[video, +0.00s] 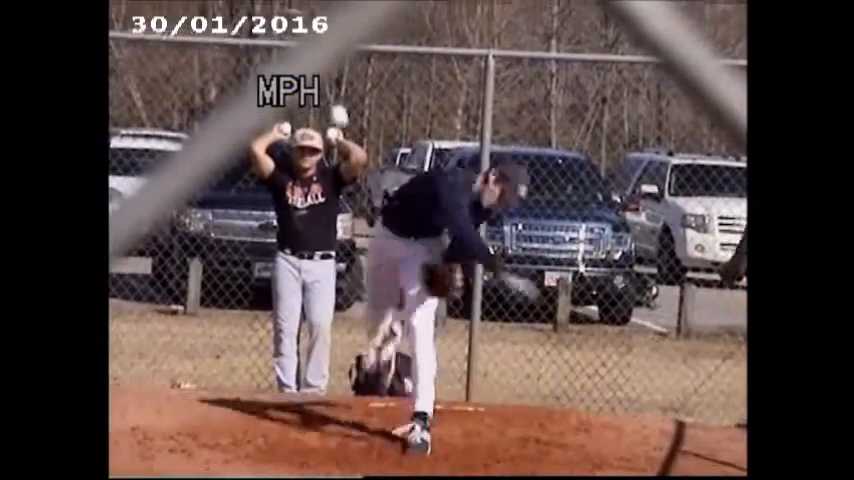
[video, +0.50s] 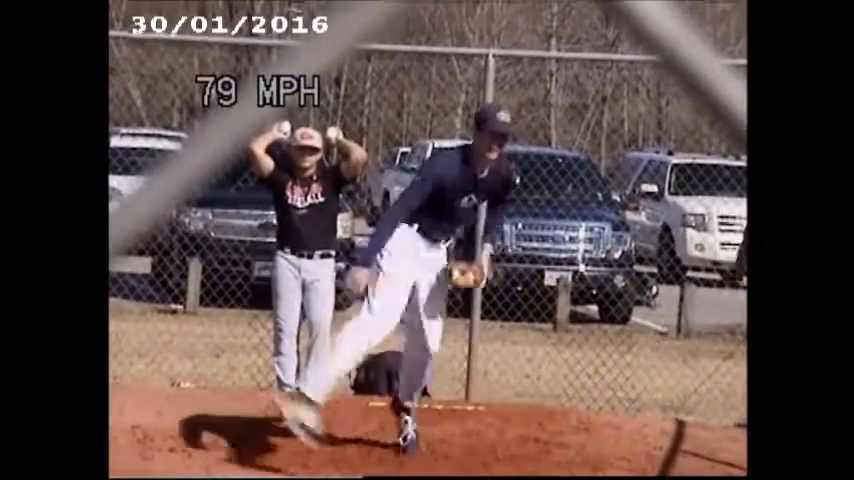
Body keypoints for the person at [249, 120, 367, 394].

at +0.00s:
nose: (307, 158)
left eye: (313, 152)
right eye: (302, 152)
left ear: (322, 153)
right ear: (292, 153)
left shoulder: (332, 177)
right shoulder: (281, 179)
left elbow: (361, 159)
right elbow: (256, 151)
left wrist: (339, 141)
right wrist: (274, 134)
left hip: (322, 262)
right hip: (288, 260)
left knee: (320, 325)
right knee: (285, 326)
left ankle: (315, 386)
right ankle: (286, 386)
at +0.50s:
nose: (307, 157)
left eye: (313, 152)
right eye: (301, 151)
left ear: (321, 153)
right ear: (291, 153)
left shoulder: (332, 177)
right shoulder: (281, 179)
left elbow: (360, 158)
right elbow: (255, 150)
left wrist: (340, 140)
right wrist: (275, 133)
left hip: (322, 261)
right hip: (287, 259)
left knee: (320, 326)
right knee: (285, 326)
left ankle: (315, 385)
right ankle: (285, 384)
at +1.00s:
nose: (307, 158)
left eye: (313, 153)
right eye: (302, 152)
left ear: (321, 153)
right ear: (292, 153)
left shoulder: (333, 177)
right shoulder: (281, 178)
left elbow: (361, 158)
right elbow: (256, 149)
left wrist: (341, 141)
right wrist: (275, 133)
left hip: (322, 261)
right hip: (288, 259)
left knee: (321, 324)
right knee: (285, 325)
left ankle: (315, 385)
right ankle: (286, 385)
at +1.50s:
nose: (309, 157)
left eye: (315, 151)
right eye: (303, 151)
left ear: (323, 153)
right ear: (293, 151)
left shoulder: (333, 176)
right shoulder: (281, 176)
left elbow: (364, 157)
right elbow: (254, 201)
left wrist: (341, 140)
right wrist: (269, 167)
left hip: (322, 260)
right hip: (287, 258)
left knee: (320, 322)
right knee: (285, 325)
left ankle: (315, 384)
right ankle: (286, 385)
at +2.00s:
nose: (308, 156)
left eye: (313, 151)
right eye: (303, 152)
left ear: (322, 155)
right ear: (294, 156)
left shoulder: (333, 179)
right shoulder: (283, 191)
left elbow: (371, 158)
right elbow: (276, 239)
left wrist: (343, 140)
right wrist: (265, 287)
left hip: (324, 264)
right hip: (290, 262)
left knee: (322, 327)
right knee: (287, 327)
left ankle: (316, 388)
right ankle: (287, 387)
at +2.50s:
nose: (311, 161)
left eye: (316, 157)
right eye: (306, 153)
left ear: (324, 155)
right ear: (296, 158)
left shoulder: (334, 175)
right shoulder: (289, 179)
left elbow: (374, 158)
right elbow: (286, 204)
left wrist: (344, 139)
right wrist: (299, 166)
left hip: (324, 259)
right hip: (289, 259)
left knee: (321, 323)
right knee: (287, 323)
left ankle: (316, 384)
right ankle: (288, 383)